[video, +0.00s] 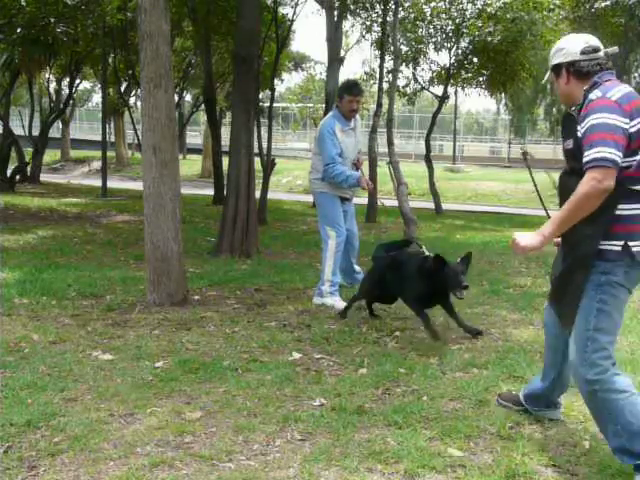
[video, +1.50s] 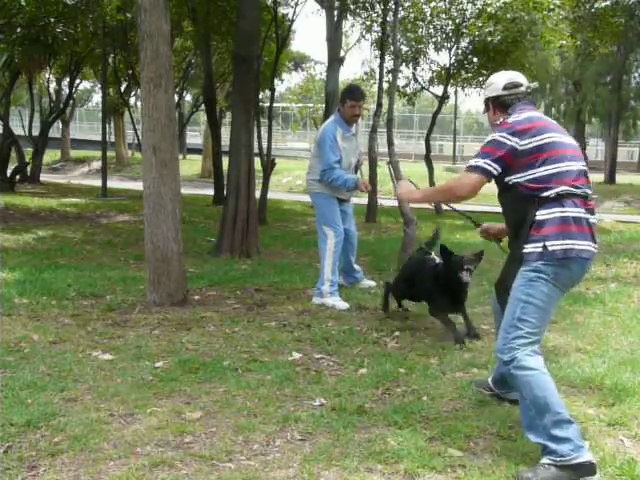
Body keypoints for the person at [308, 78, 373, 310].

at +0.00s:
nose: (355, 106)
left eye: (358, 102)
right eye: (350, 102)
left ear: (360, 102)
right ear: (339, 101)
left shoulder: (353, 124)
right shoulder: (329, 127)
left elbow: (349, 152)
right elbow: (330, 169)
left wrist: (356, 159)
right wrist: (356, 178)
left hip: (344, 188)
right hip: (326, 188)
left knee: (351, 234)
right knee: (335, 235)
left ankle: (350, 275)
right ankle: (326, 291)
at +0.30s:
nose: (360, 110)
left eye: (363, 105)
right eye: (355, 105)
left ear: (365, 105)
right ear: (344, 104)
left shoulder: (357, 126)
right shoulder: (333, 129)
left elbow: (352, 154)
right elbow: (334, 172)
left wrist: (360, 162)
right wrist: (364, 182)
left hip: (345, 189)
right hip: (326, 188)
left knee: (351, 234)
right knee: (338, 235)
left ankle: (351, 276)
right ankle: (326, 291)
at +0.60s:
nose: (360, 109)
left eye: (363, 105)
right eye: (356, 104)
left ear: (366, 104)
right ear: (345, 103)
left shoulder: (354, 128)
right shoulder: (333, 128)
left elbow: (351, 160)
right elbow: (336, 170)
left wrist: (362, 166)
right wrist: (367, 177)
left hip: (344, 190)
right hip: (326, 189)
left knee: (350, 233)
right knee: (336, 234)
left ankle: (350, 275)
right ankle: (326, 291)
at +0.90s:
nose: (358, 108)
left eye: (361, 103)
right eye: (354, 103)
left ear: (364, 103)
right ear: (343, 102)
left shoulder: (351, 127)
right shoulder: (332, 127)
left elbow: (350, 162)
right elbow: (337, 170)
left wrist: (368, 171)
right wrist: (368, 173)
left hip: (343, 190)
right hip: (327, 189)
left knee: (350, 237)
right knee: (337, 235)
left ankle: (340, 283)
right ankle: (325, 291)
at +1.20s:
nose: (356, 108)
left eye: (359, 104)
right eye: (351, 103)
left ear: (362, 104)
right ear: (341, 103)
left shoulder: (352, 127)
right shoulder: (329, 127)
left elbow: (350, 159)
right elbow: (330, 169)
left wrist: (362, 171)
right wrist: (359, 173)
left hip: (344, 189)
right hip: (325, 188)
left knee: (350, 233)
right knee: (334, 234)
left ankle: (348, 276)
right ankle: (326, 290)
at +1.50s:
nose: (357, 112)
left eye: (360, 107)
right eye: (352, 107)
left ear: (362, 107)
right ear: (341, 105)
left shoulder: (352, 129)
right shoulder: (330, 131)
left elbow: (348, 160)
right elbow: (328, 172)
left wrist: (357, 164)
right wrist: (354, 182)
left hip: (341, 189)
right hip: (322, 189)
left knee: (349, 233)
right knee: (334, 234)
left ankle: (351, 275)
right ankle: (325, 292)